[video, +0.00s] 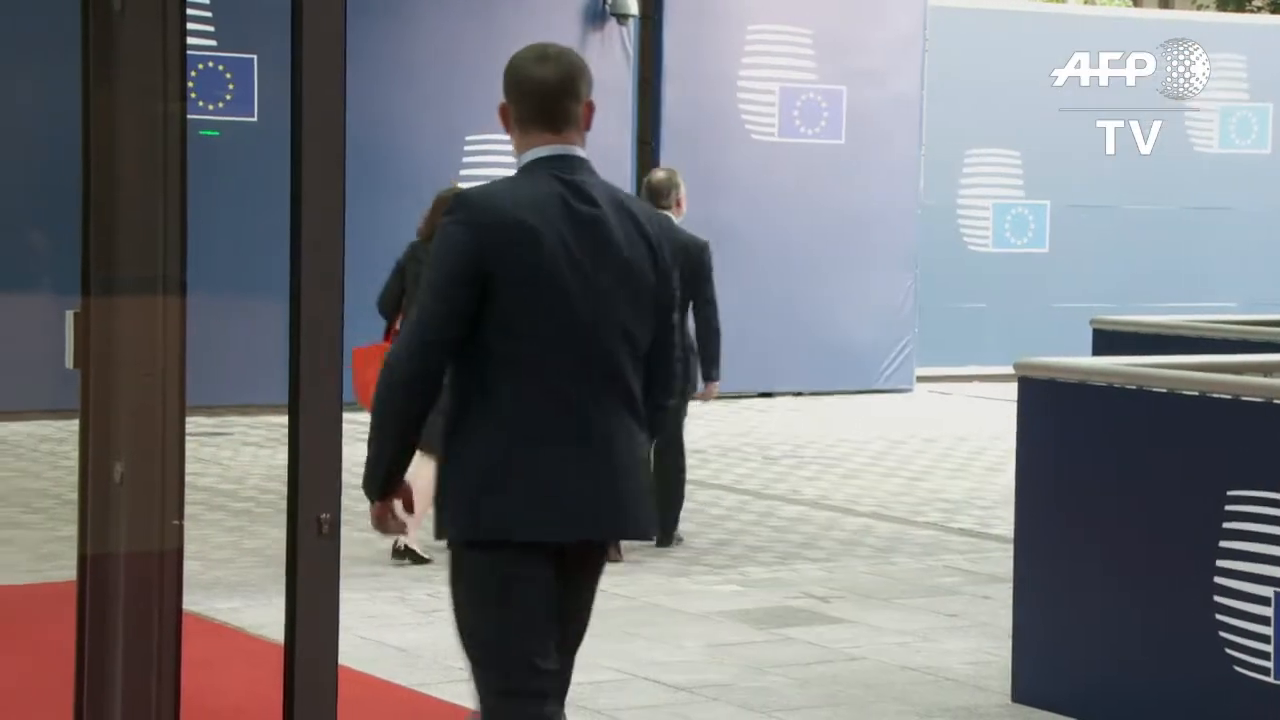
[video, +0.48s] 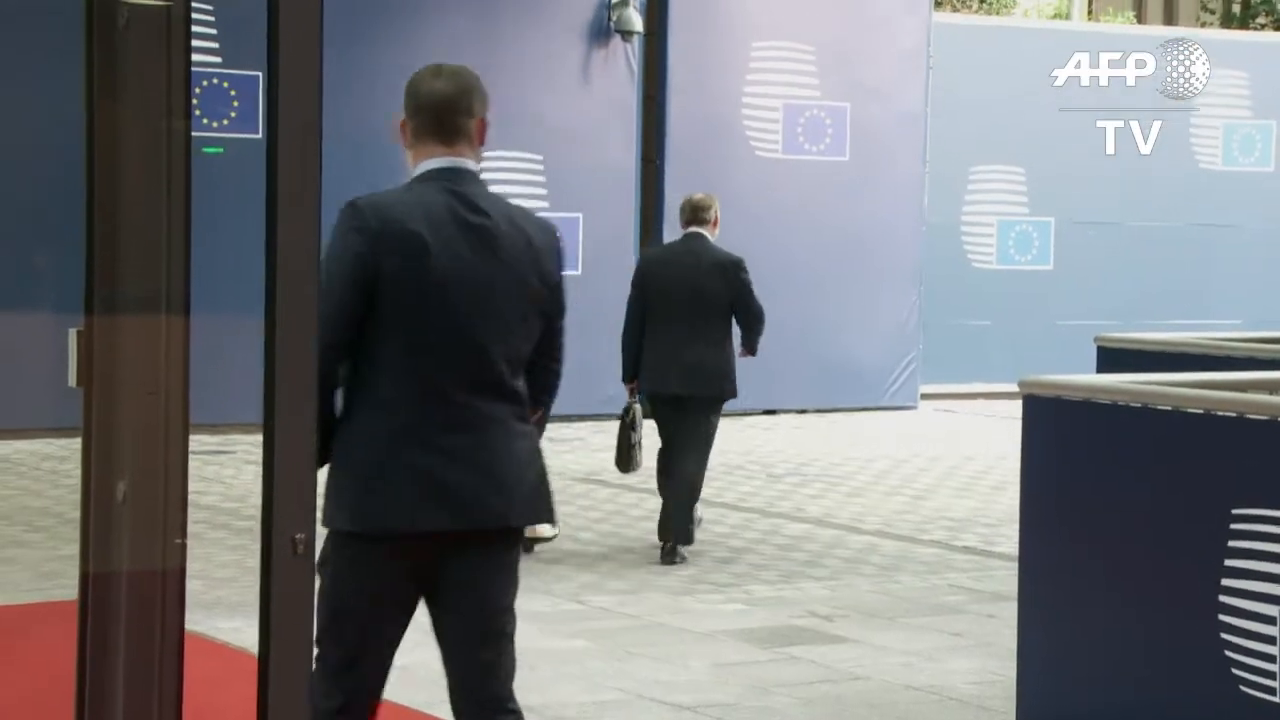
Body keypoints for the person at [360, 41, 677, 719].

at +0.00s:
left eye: (504, 109)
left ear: (505, 117)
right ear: (591, 115)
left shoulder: (478, 216)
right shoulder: (647, 230)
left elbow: (417, 356)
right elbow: (668, 380)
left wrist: (384, 472)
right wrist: (618, 455)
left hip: (497, 500)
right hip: (597, 497)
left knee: (517, 698)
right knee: (542, 692)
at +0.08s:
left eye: (493, 108)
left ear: (494, 115)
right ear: (578, 114)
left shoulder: (471, 204)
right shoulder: (630, 225)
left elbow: (410, 343)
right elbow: (637, 374)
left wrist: (382, 456)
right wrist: (614, 467)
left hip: (473, 493)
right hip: (578, 491)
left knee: (451, 689)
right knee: (535, 690)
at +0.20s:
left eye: (470, 106)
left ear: (473, 111)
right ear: (556, 111)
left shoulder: (450, 198)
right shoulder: (607, 223)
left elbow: (387, 344)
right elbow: (608, 368)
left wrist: (385, 435)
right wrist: (565, 440)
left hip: (446, 488)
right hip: (553, 489)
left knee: (388, 665)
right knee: (524, 692)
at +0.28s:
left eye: (455, 104)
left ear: (456, 109)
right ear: (538, 108)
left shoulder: (433, 195)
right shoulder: (592, 218)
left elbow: (370, 342)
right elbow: (594, 361)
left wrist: (376, 429)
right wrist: (539, 411)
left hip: (428, 481)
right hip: (537, 484)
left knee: (363, 652)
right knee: (512, 687)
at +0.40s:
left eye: (426, 112)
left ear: (428, 118)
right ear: (506, 117)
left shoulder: (398, 205)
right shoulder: (561, 225)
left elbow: (344, 343)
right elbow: (565, 370)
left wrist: (347, 428)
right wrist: (506, 406)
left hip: (396, 488)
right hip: (508, 490)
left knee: (346, 676)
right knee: (500, 693)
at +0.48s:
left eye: (401, 125)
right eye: (481, 123)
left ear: (402, 131)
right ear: (483, 130)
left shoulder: (370, 221)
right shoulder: (535, 237)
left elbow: (318, 356)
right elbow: (543, 377)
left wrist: (322, 447)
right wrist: (504, 447)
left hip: (379, 505)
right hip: (488, 505)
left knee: (341, 694)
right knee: (489, 701)